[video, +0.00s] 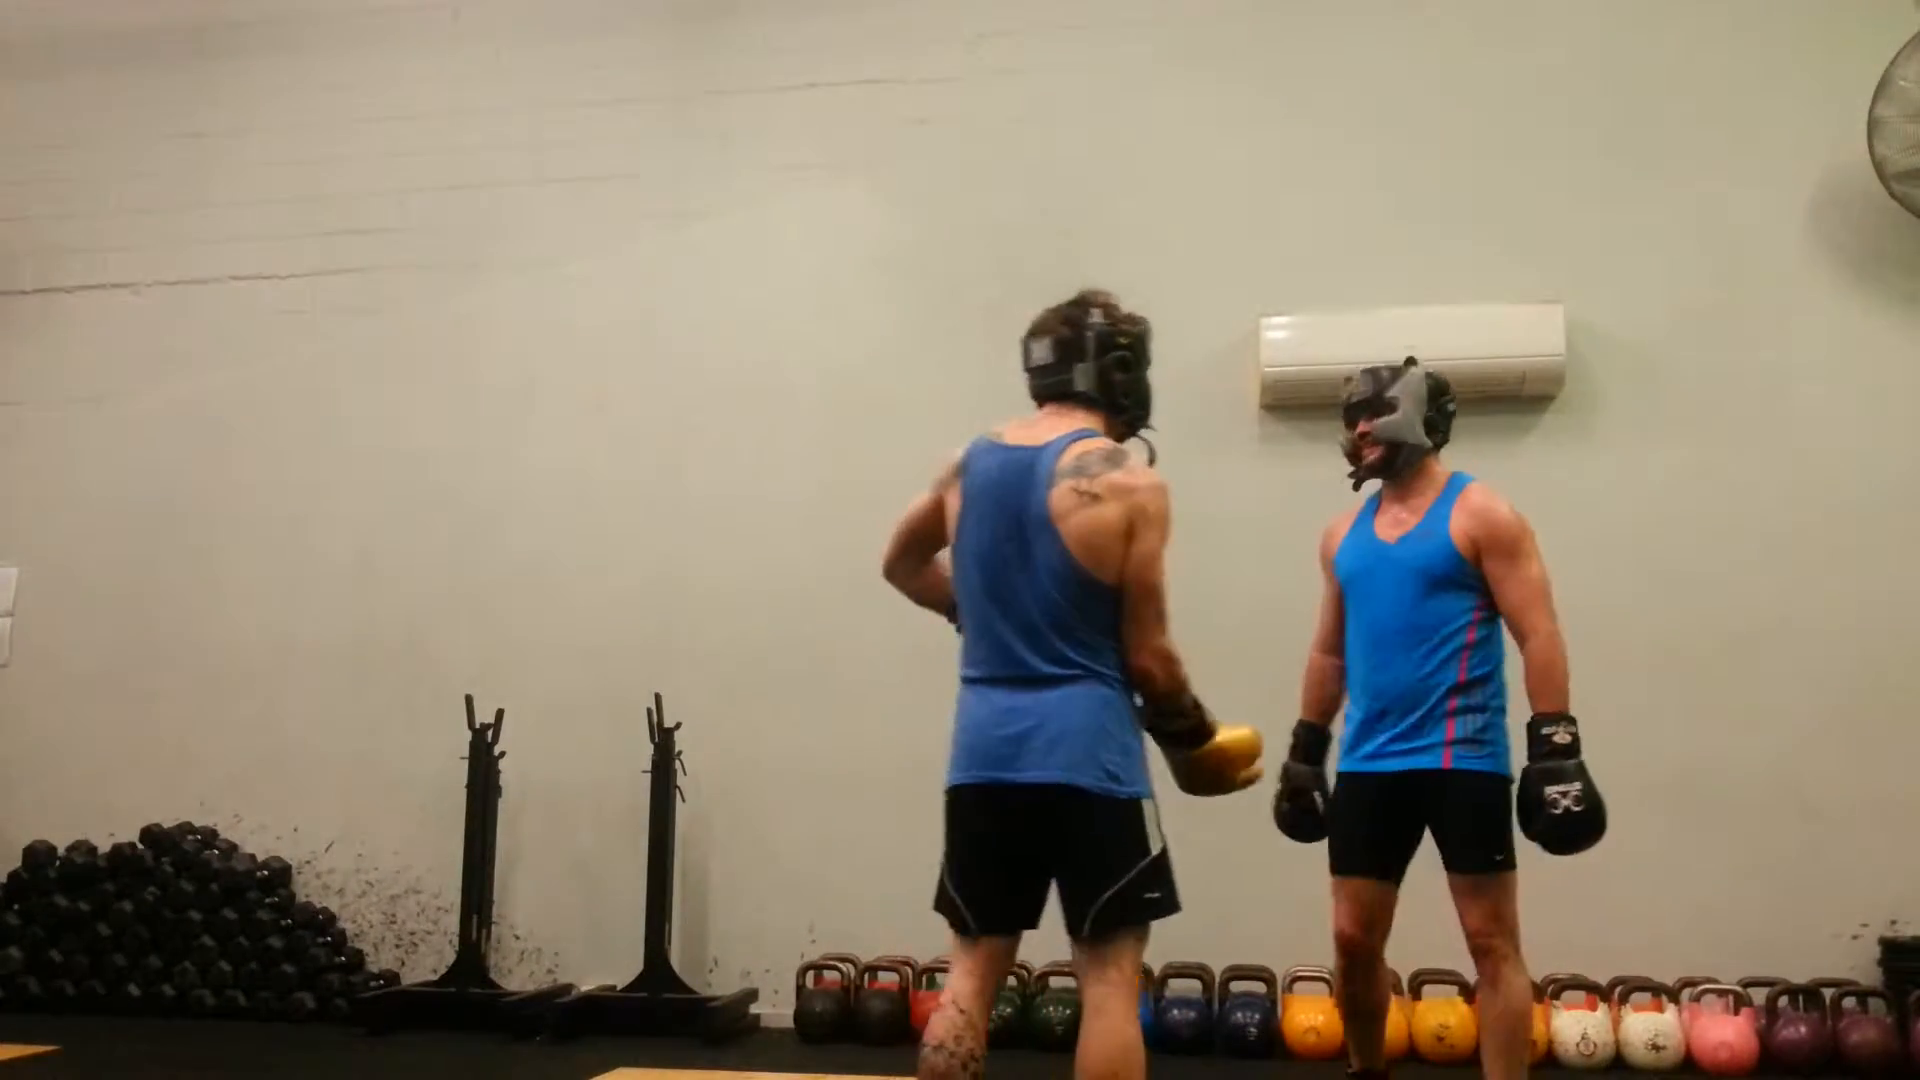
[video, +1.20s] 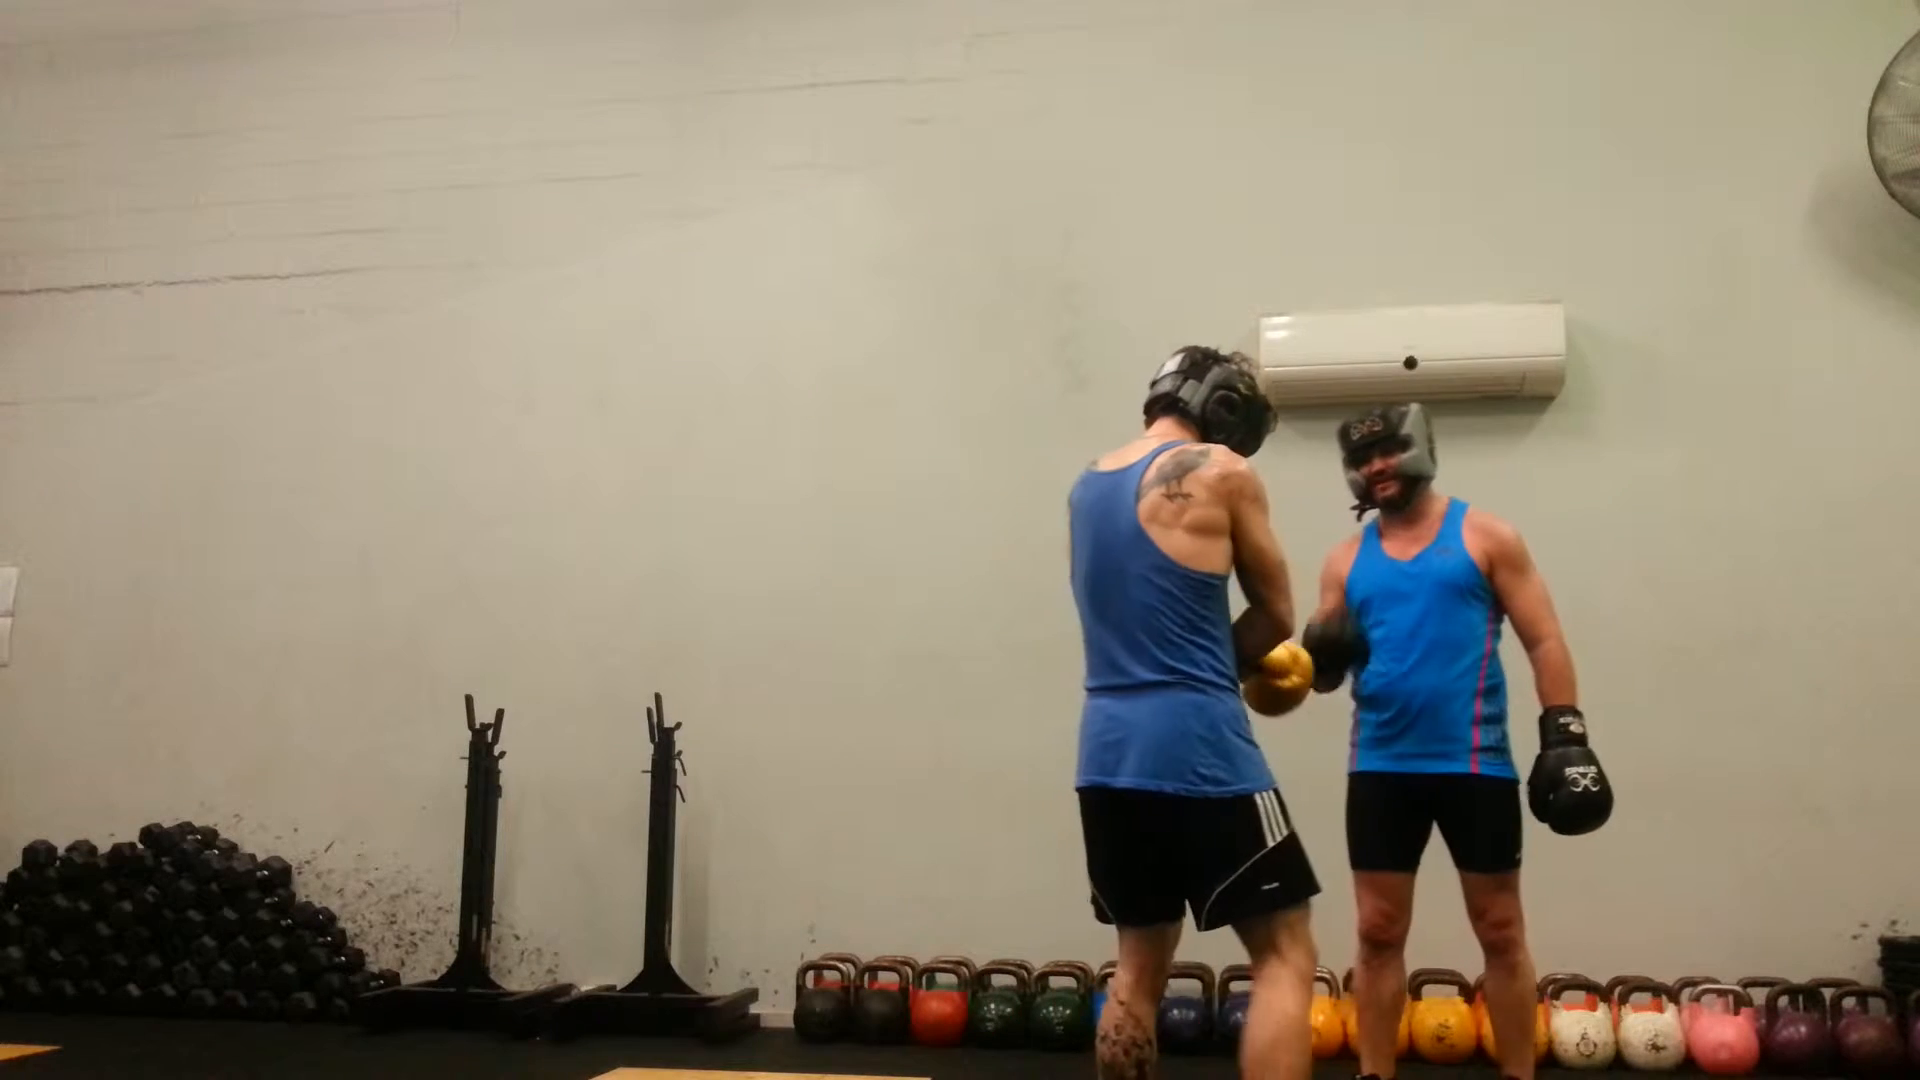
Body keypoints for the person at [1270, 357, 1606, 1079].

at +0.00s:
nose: (1357, 432)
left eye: (1373, 416)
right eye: (1353, 421)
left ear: (1419, 420)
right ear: (1352, 436)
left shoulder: (1482, 515)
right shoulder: (1344, 532)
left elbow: (1539, 634)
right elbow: (1329, 652)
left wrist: (1556, 753)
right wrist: (1304, 755)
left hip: (1465, 765)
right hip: (1370, 767)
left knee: (1490, 941)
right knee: (1353, 939)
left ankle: (1504, 1077)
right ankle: (1368, 1073)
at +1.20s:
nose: (1380, 466)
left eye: (1393, 449)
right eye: (1364, 457)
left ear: (1424, 452)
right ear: (1351, 472)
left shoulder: (1487, 537)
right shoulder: (1345, 559)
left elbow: (1543, 639)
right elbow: (1323, 671)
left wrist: (1564, 737)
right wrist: (1326, 651)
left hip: (1475, 765)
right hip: (1382, 769)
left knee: (1500, 932)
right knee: (1377, 931)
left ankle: (1519, 1074)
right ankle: (1375, 1075)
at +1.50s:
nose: (1418, 464)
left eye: (1432, 449)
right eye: (1403, 453)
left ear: (1463, 453)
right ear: (1389, 467)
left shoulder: (1519, 540)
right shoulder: (1386, 547)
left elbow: (1572, 645)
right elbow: (1339, 646)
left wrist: (1584, 742)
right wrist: (1366, 562)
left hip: (1503, 765)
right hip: (1411, 767)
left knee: (1517, 932)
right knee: (1394, 932)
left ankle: (1525, 1074)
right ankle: (1380, 1073)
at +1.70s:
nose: (1434, 474)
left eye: (1447, 460)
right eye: (1421, 462)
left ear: (1478, 463)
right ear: (1404, 469)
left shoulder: (1533, 545)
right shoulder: (1399, 548)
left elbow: (1583, 652)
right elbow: (1351, 624)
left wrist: (1600, 749)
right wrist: (1396, 510)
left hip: (1515, 766)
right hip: (1420, 767)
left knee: (1523, 934)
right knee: (1398, 940)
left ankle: (1527, 1073)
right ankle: (1382, 1075)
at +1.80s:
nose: (1441, 476)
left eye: (1452, 462)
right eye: (1429, 463)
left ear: (1479, 464)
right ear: (1412, 472)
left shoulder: (1539, 547)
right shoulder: (1404, 548)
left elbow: (1586, 655)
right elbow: (1359, 643)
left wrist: (1608, 754)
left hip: (1517, 768)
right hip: (1421, 767)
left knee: (1524, 933)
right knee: (1403, 935)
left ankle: (1526, 1073)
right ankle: (1382, 1070)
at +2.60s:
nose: (1443, 480)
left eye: (1454, 463)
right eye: (1430, 469)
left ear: (1478, 466)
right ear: (1414, 481)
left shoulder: (1538, 541)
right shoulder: (1397, 546)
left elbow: (1586, 646)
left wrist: (1601, 741)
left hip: (1508, 765)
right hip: (1413, 765)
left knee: (1519, 934)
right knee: (1391, 945)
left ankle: (1525, 1072)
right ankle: (1384, 1069)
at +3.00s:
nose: (1448, 470)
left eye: (1459, 450)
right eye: (1432, 450)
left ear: (1485, 465)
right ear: (1412, 472)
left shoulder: (1536, 542)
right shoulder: (1394, 550)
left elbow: (1588, 648)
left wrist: (1607, 743)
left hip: (1515, 766)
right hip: (1418, 765)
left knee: (1523, 937)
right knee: (1398, 934)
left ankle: (1531, 1066)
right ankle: (1380, 1068)